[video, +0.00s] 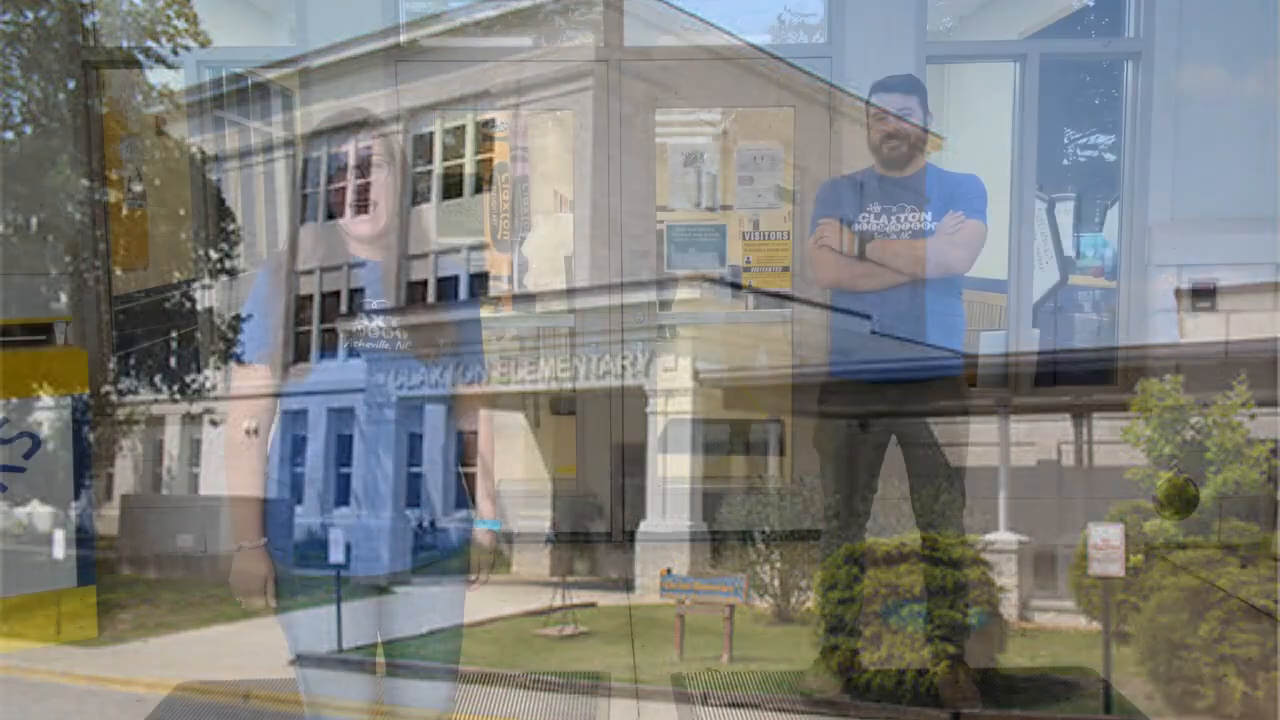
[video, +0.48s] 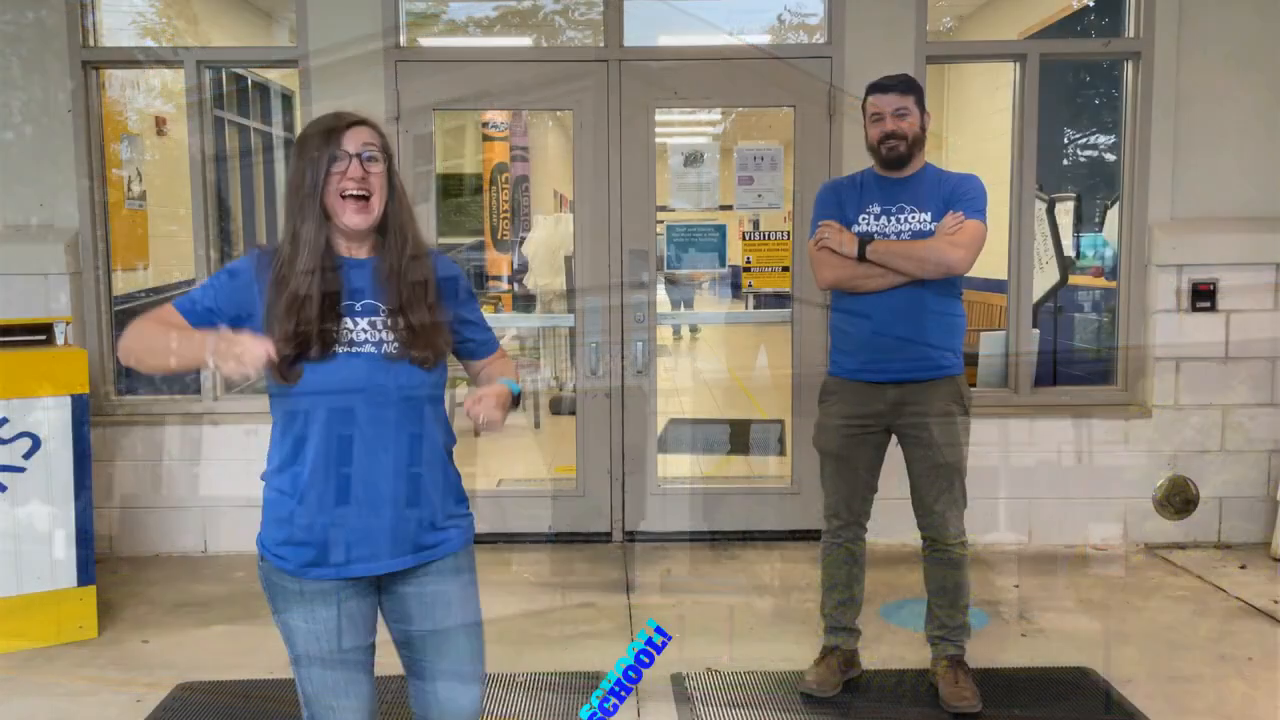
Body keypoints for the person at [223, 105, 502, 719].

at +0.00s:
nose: (355, 183)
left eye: (371, 165)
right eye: (337, 170)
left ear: (403, 178)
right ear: (319, 187)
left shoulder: (446, 278)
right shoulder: (287, 281)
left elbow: (474, 405)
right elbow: (248, 416)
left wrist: (486, 516)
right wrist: (248, 541)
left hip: (429, 541)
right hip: (316, 545)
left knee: (425, 706)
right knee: (340, 706)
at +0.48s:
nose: (356, 170)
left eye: (369, 156)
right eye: (337, 158)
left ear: (389, 176)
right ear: (310, 179)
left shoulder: (431, 274)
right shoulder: (267, 275)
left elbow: (494, 365)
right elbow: (134, 342)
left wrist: (493, 391)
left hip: (429, 538)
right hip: (313, 547)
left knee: (457, 708)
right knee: (340, 711)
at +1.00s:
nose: (317, 245)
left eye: (326, 229)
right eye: (296, 238)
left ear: (348, 237)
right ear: (270, 261)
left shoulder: (417, 316)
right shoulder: (260, 340)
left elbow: (524, 384)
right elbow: (170, 262)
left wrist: (637, 428)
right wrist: (65, 157)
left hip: (454, 577)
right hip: (331, 596)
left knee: (545, 703)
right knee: (356, 707)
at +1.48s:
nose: (326, 241)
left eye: (334, 225)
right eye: (306, 234)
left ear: (358, 233)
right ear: (284, 257)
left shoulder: (422, 322)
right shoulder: (270, 326)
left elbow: (529, 379)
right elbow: (151, 260)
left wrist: (648, 402)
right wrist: (26, 186)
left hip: (451, 594)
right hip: (334, 610)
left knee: (553, 695)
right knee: (367, 715)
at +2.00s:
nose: (314, 261)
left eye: (323, 243)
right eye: (295, 254)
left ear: (352, 247)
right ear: (278, 273)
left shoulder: (415, 333)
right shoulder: (271, 343)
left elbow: (531, 388)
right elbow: (163, 275)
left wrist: (633, 427)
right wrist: (37, 203)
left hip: (442, 588)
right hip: (335, 604)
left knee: (553, 691)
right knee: (385, 710)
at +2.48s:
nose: (322, 251)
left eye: (334, 233)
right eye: (304, 243)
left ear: (362, 242)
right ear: (284, 262)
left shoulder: (415, 332)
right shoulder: (269, 334)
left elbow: (528, 385)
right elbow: (165, 264)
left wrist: (645, 417)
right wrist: (42, 181)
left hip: (442, 583)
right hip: (331, 598)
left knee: (554, 692)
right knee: (375, 708)